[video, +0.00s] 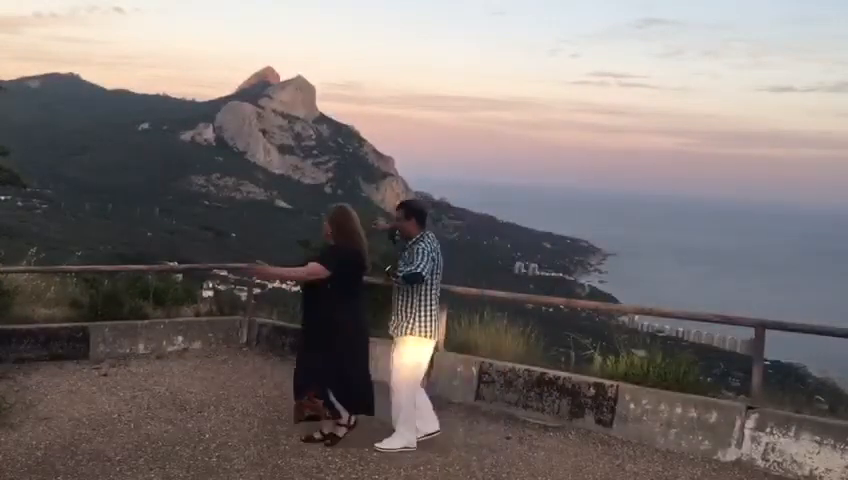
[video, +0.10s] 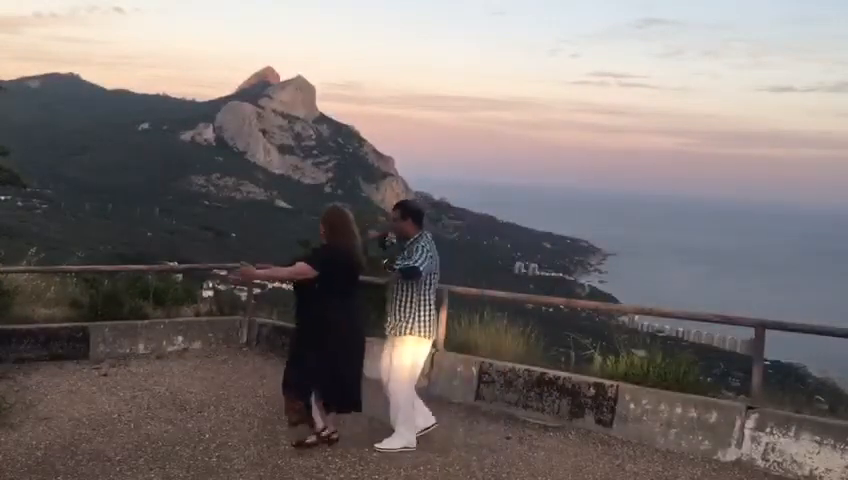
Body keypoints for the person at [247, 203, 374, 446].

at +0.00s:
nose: (324, 228)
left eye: (327, 223)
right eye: (325, 223)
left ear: (335, 227)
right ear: (350, 226)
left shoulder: (343, 254)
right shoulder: (342, 253)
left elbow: (309, 273)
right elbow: (311, 274)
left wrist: (271, 272)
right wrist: (275, 273)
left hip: (337, 330)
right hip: (328, 328)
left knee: (325, 375)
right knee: (318, 376)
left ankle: (345, 417)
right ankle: (327, 426)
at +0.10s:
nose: (320, 229)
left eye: (322, 225)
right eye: (321, 224)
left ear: (327, 229)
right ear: (348, 228)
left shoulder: (328, 255)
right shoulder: (349, 256)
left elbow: (294, 274)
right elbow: (305, 272)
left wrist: (256, 275)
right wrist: (272, 269)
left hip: (320, 330)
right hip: (342, 330)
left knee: (299, 380)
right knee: (322, 380)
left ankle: (318, 428)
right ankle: (328, 427)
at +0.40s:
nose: (291, 224)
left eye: (294, 220)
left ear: (298, 224)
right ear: (331, 227)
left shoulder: (289, 251)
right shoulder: (336, 257)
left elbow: (256, 269)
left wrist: (221, 273)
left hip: (294, 325)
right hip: (330, 327)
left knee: (288, 379)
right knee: (325, 375)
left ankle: (290, 440)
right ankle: (327, 426)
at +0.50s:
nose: (284, 227)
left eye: (287, 222)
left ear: (291, 226)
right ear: (327, 228)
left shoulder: (281, 250)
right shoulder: (334, 257)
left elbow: (248, 267)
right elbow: (345, 291)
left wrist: (218, 273)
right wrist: (322, 285)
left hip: (288, 326)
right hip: (325, 328)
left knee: (286, 381)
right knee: (321, 377)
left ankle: (290, 441)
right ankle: (322, 431)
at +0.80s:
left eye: (277, 222)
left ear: (280, 224)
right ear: (315, 224)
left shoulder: (269, 249)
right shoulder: (325, 251)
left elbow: (241, 264)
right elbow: (341, 289)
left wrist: (220, 262)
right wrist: (352, 314)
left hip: (275, 328)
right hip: (313, 330)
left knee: (282, 373)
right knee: (302, 384)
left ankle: (287, 437)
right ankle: (291, 448)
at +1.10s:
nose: (309, 225)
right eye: (307, 220)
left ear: (270, 221)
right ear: (303, 224)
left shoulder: (257, 253)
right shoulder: (310, 254)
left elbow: (233, 267)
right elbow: (334, 291)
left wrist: (224, 269)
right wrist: (365, 309)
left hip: (262, 333)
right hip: (300, 335)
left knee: (261, 384)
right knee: (298, 387)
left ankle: (254, 442)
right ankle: (289, 451)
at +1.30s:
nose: (298, 226)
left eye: (297, 220)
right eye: (296, 221)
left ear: (260, 220)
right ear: (288, 223)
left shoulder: (247, 251)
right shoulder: (292, 253)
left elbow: (240, 283)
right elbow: (317, 291)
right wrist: (353, 305)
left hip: (244, 332)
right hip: (280, 334)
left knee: (242, 389)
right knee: (289, 388)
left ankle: (234, 455)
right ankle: (288, 450)